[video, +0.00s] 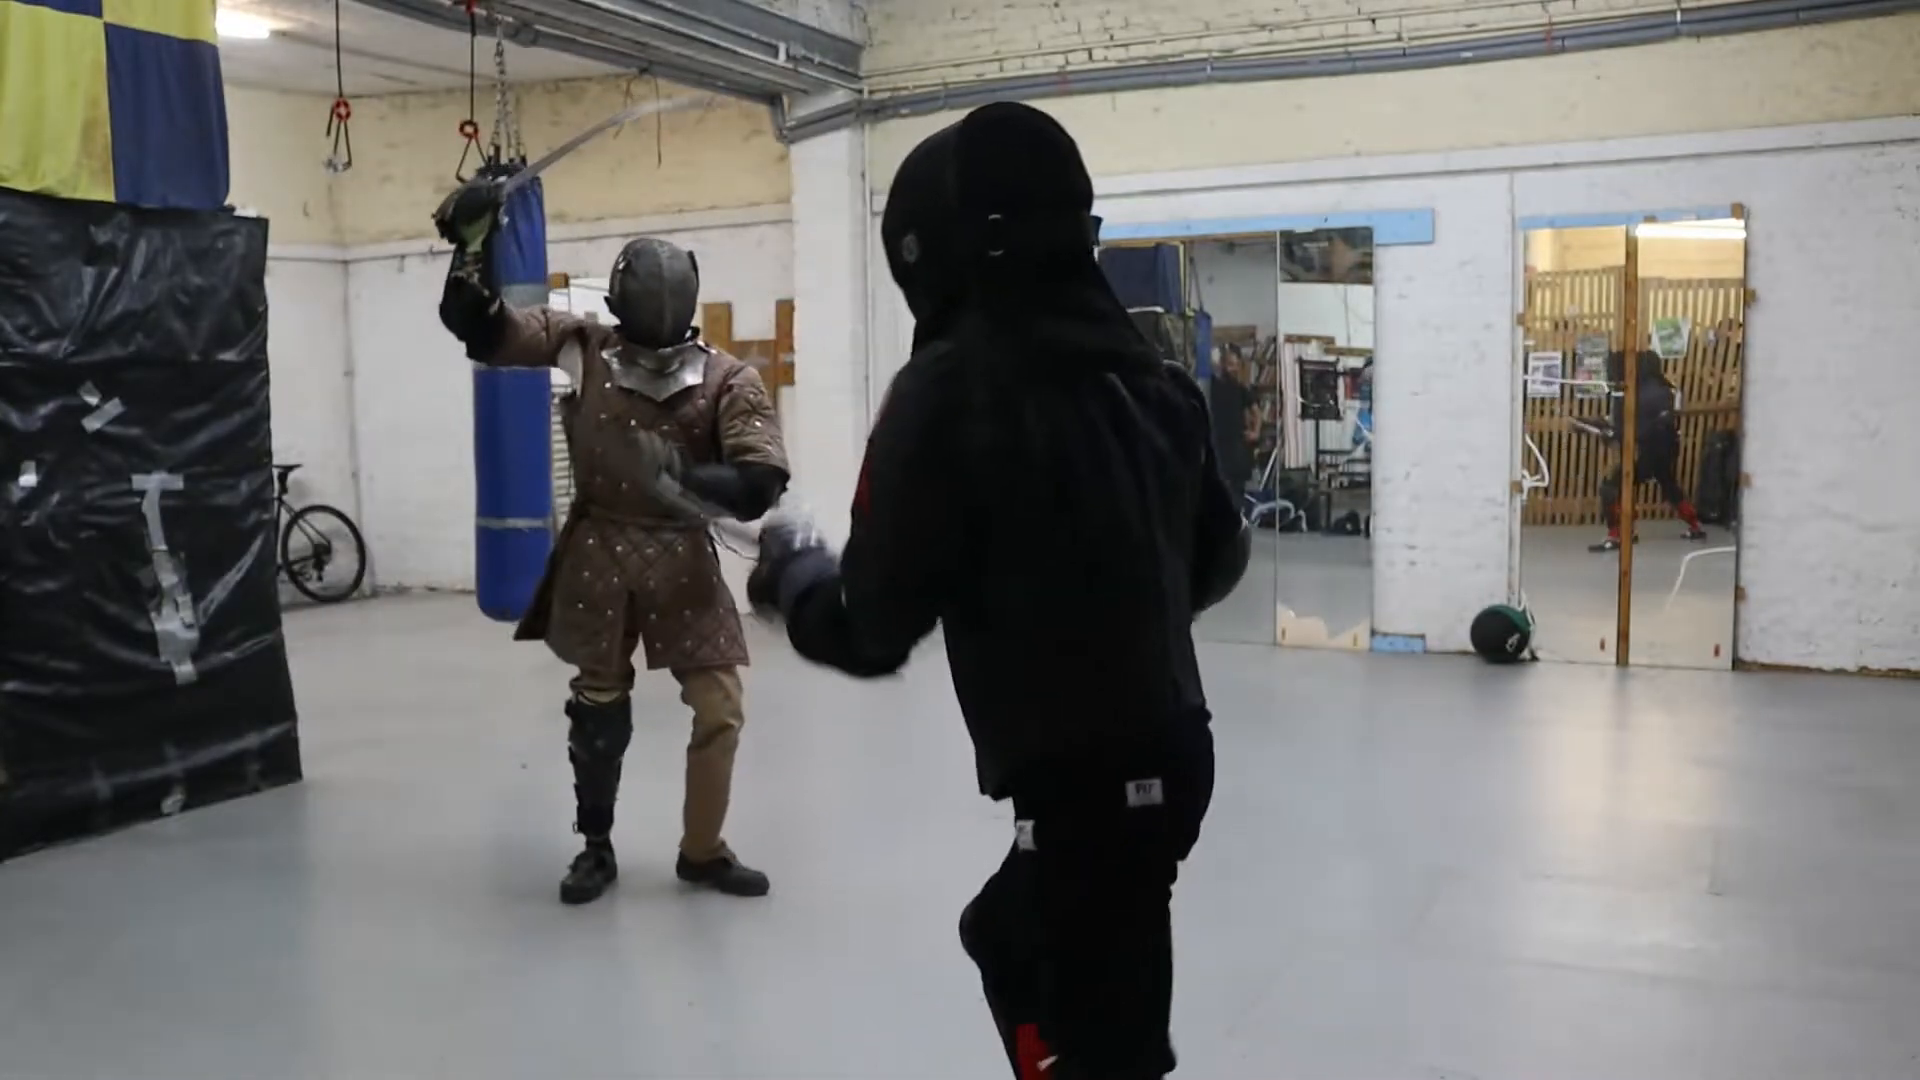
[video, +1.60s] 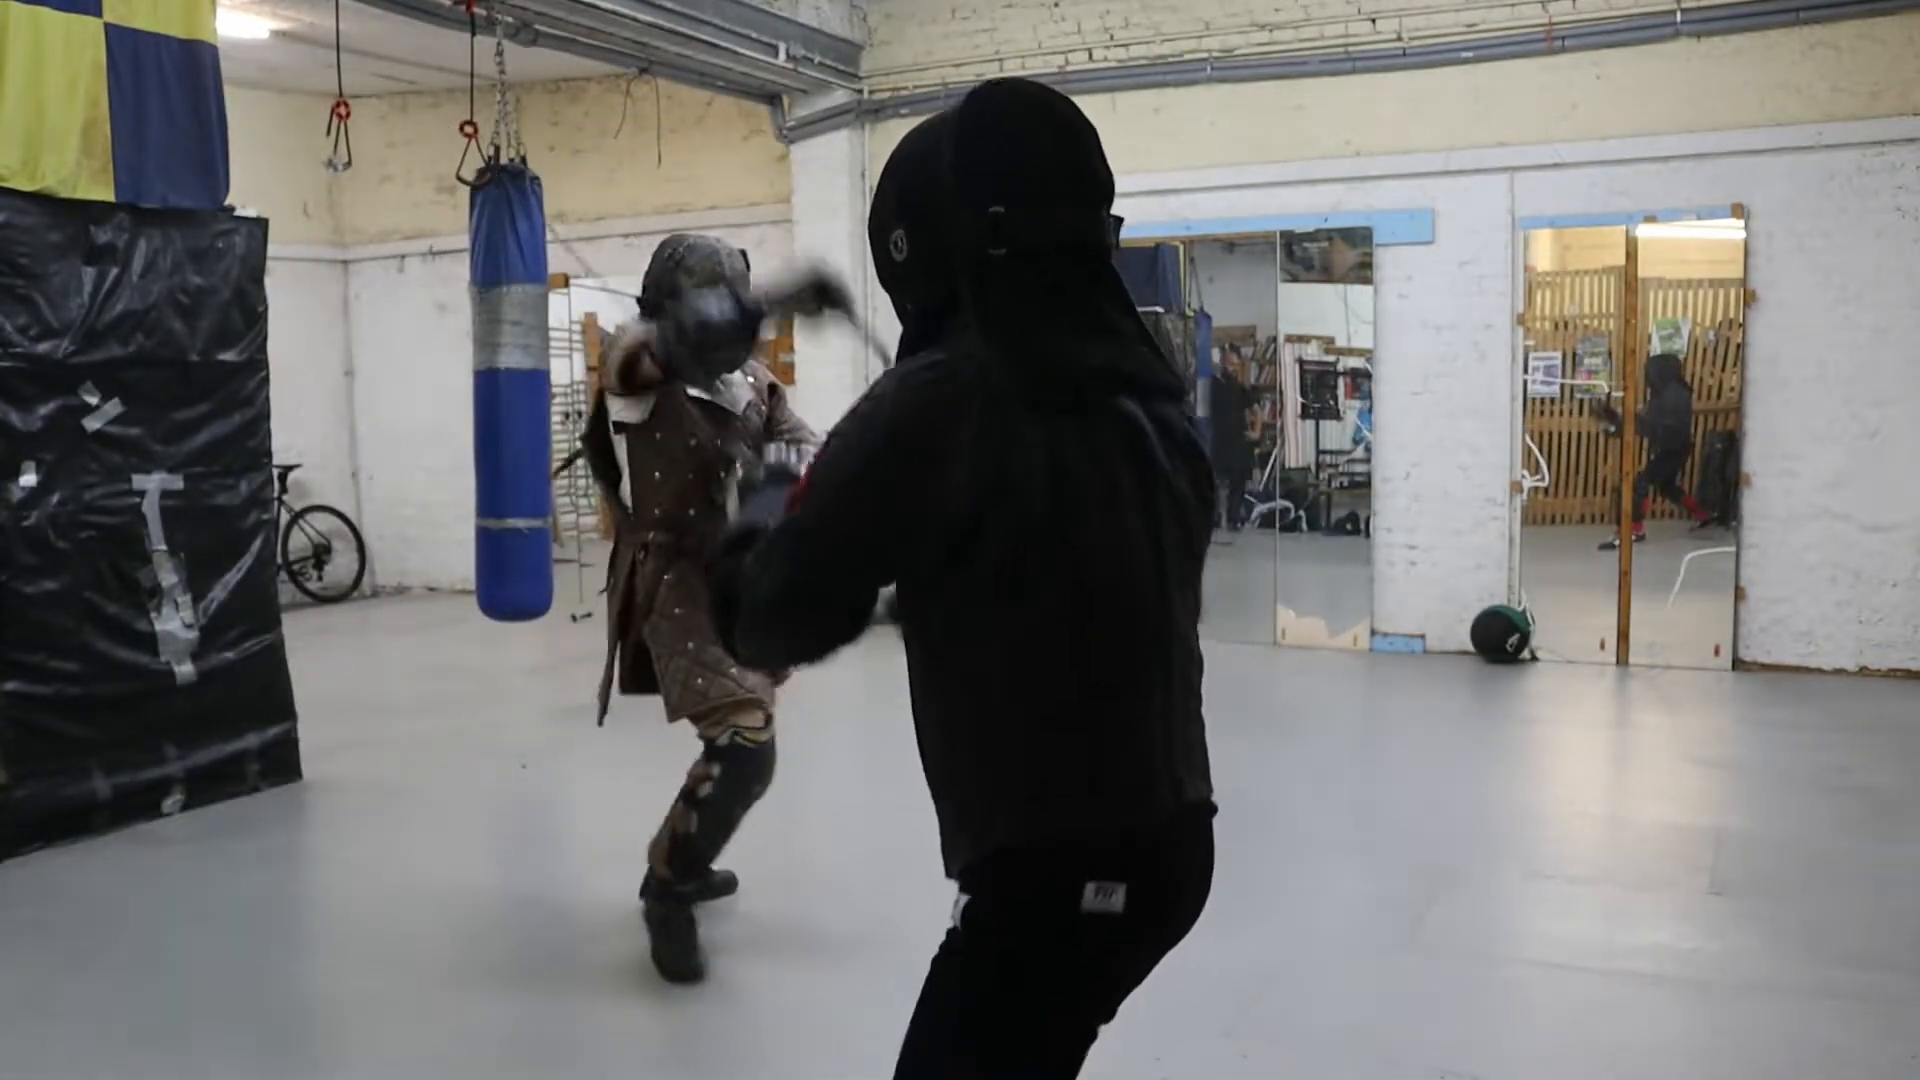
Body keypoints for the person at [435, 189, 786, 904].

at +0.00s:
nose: (650, 350)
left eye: (665, 339)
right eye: (637, 337)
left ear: (688, 318)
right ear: (617, 314)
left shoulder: (727, 381)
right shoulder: (581, 345)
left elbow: (762, 483)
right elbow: (483, 331)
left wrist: (686, 478)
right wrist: (468, 250)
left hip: (684, 558)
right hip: (599, 552)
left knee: (722, 710)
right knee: (599, 712)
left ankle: (702, 851)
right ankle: (595, 849)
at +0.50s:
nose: (689, 356)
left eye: (701, 341)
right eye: (676, 340)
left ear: (722, 324)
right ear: (651, 319)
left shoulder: (745, 377)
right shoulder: (617, 371)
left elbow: (810, 458)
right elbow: (536, 406)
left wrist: (745, 421)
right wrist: (536, 324)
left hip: (726, 554)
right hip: (655, 554)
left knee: (751, 713)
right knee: (697, 708)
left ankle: (710, 845)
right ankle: (668, 875)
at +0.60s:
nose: (695, 352)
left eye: (709, 337)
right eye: (682, 337)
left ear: (728, 326)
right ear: (657, 323)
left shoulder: (746, 378)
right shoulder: (631, 370)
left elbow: (811, 463)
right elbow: (568, 435)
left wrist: (752, 424)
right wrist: (579, 362)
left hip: (730, 551)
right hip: (664, 554)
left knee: (764, 714)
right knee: (712, 719)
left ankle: (714, 846)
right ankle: (679, 884)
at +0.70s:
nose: (701, 361)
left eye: (712, 345)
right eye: (686, 347)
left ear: (728, 329)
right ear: (654, 328)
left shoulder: (745, 377)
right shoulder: (628, 380)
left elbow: (807, 465)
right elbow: (609, 475)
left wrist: (755, 429)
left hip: (729, 552)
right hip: (666, 554)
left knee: (767, 719)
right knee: (715, 721)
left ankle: (716, 847)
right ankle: (678, 889)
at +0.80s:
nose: (702, 369)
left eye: (713, 353)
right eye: (686, 355)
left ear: (726, 337)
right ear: (654, 339)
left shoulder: (742, 385)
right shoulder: (628, 401)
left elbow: (805, 465)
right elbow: (655, 516)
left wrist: (750, 446)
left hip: (731, 567)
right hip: (667, 572)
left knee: (771, 724)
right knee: (711, 732)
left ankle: (717, 846)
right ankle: (675, 901)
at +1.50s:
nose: (716, 353)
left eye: (728, 336)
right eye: (701, 336)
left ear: (741, 325)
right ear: (668, 327)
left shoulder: (746, 388)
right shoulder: (634, 379)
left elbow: (804, 478)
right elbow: (665, 470)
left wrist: (768, 488)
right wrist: (745, 473)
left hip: (730, 578)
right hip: (664, 583)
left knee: (756, 726)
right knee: (717, 741)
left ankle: (715, 847)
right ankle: (670, 908)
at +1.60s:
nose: (715, 317)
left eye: (727, 300)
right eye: (697, 303)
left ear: (746, 303)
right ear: (665, 310)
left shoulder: (755, 388)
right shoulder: (648, 375)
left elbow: (812, 451)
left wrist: (781, 461)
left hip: (736, 574)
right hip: (667, 578)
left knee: (743, 741)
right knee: (746, 749)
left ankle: (683, 862)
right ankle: (667, 889)